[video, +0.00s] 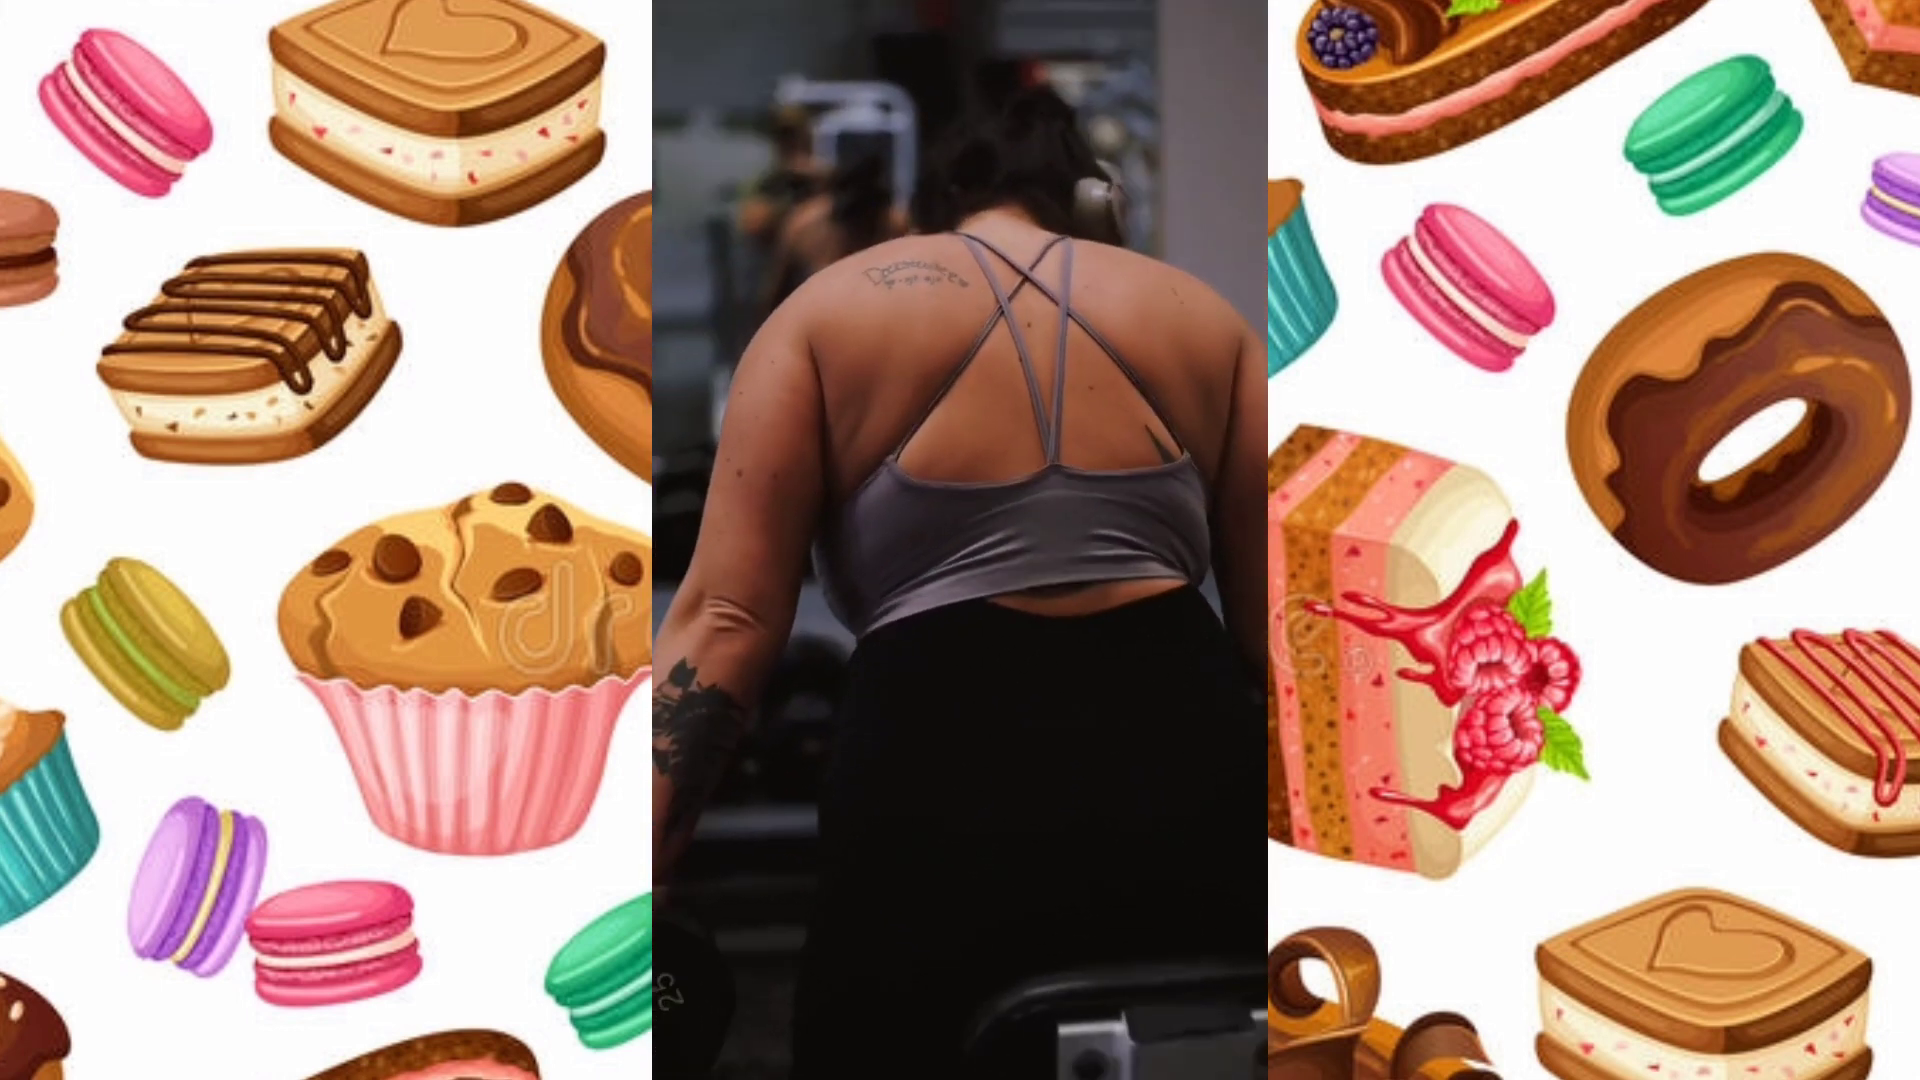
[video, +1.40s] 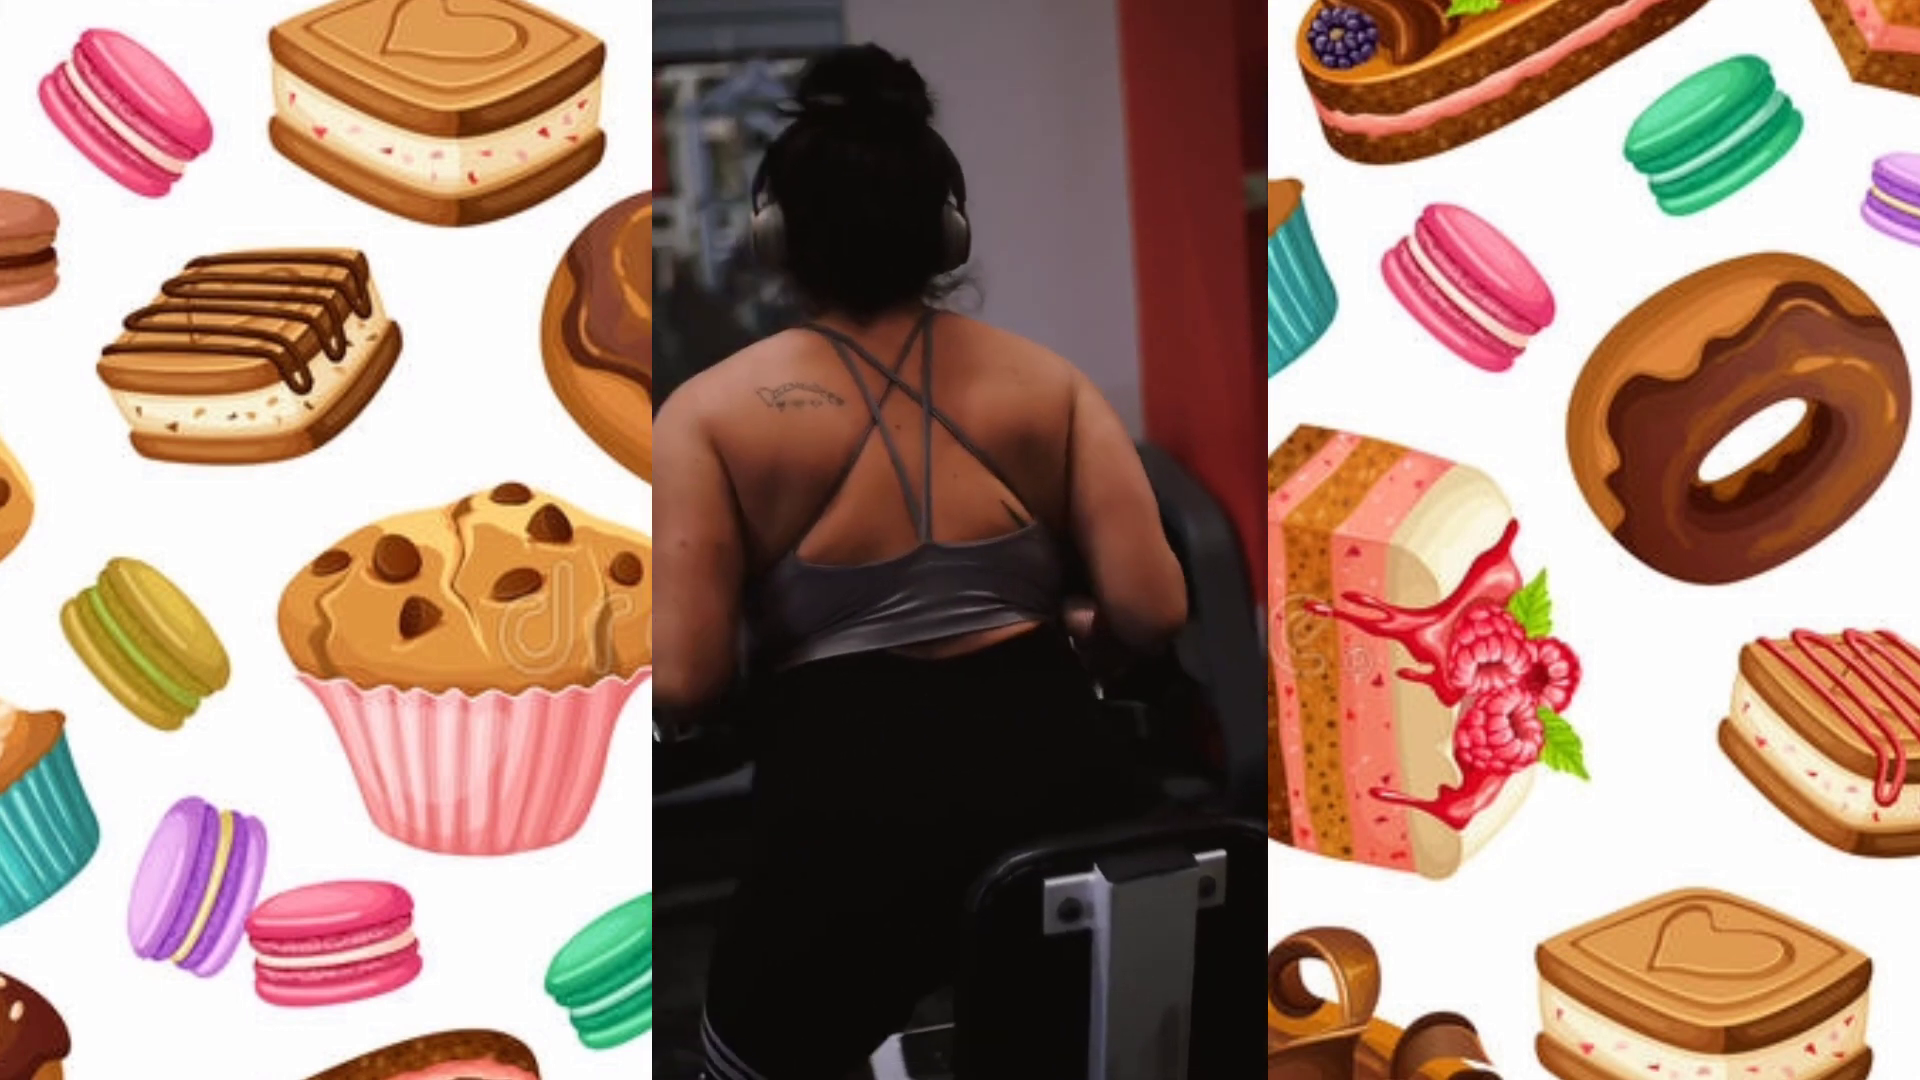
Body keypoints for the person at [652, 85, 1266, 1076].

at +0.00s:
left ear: (937, 192)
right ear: (1083, 190)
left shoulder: (827, 316)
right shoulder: (1201, 317)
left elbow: (726, 614)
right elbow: (1274, 620)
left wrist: (622, 864)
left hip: (933, 762)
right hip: (1184, 751)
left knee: (886, 1050)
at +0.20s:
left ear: (928, 92)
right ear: (1101, 86)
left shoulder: (830, 240)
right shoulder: (1208, 232)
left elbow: (725, 556)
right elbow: (1280, 532)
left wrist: (666, 755)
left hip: (933, 691)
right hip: (1183, 677)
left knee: (881, 1023)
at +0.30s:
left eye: (903, 25)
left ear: (915, 35)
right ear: (1091, 37)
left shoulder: (820, 207)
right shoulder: (1200, 199)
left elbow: (716, 530)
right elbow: (1286, 496)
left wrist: (701, 652)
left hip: (918, 681)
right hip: (1165, 665)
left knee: (879, 1034)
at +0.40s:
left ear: (896, 22)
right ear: (1062, 20)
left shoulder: (793, 198)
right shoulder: (1170, 186)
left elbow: (700, 512)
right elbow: (1264, 477)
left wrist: (721, 556)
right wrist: (1207, 514)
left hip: (890, 659)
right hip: (1132, 648)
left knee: (853, 1039)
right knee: (1154, 1016)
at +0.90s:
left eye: (786, 100)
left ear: (790, 125)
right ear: (967, 117)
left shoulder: (712, 318)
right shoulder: (1072, 304)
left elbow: (667, 594)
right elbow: (1161, 560)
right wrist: (1092, 464)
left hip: (815, 746)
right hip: (1038, 734)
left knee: (788, 1044)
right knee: (1049, 1036)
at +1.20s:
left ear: (708, 175)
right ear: (867, 162)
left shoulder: (648, 337)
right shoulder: (969, 328)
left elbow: (584, 555)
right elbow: (1053, 559)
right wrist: (1074, 611)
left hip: (725, 734)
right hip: (930, 719)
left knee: (720, 1044)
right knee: (957, 1038)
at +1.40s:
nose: (765, 231)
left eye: (770, 215)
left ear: (780, 238)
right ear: (945, 228)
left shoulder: (711, 414)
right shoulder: (1047, 382)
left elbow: (687, 681)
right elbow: (1154, 608)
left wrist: (774, 618)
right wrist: (1077, 627)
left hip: (848, 806)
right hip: (1053, 780)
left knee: (761, 1051)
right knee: (1042, 1052)